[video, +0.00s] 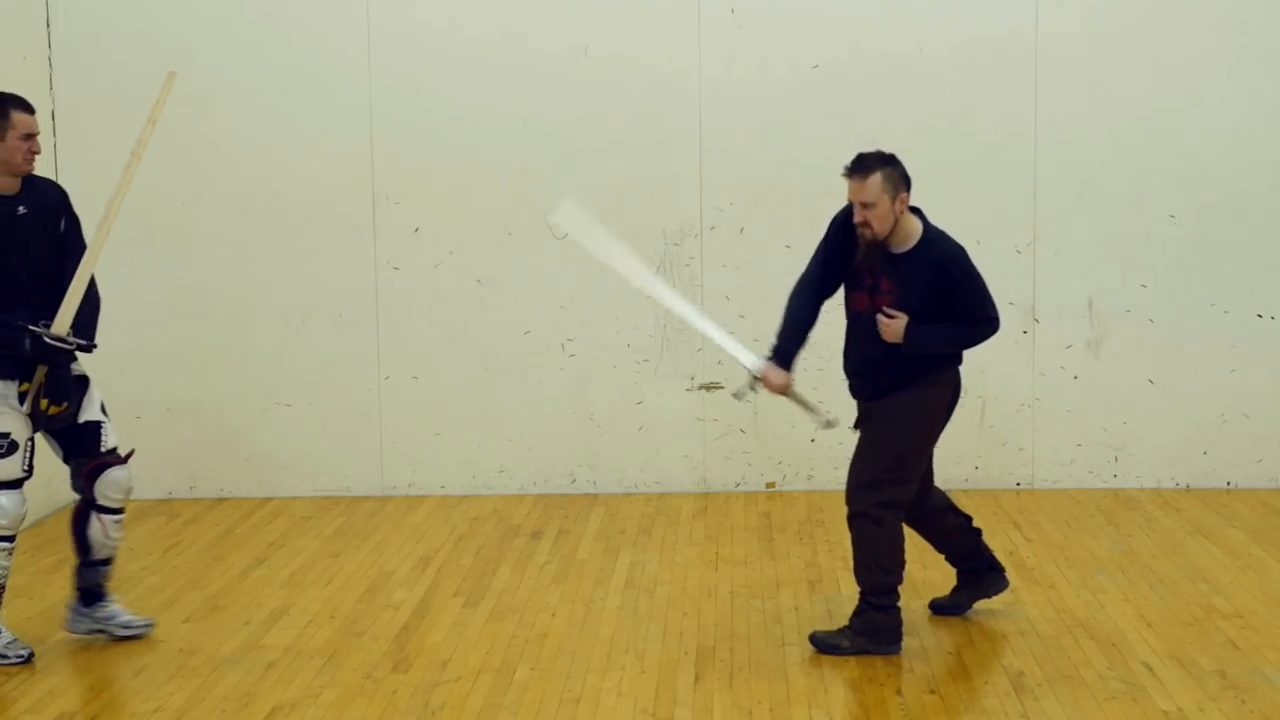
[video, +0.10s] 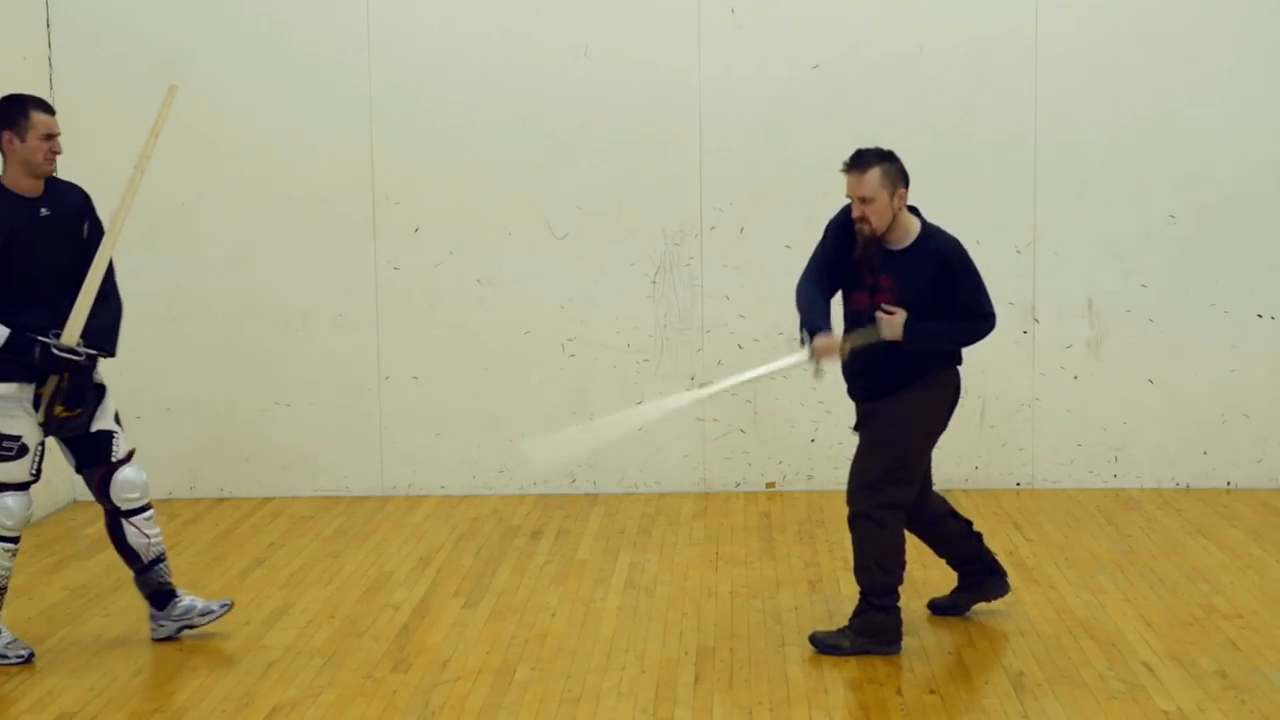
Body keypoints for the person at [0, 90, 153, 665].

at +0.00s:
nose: (35, 147)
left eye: (36, 138)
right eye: (24, 138)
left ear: (34, 142)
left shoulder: (48, 197)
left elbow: (81, 284)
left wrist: (66, 356)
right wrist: (29, 348)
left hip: (53, 365)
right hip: (3, 375)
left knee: (106, 479)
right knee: (7, 504)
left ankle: (90, 604)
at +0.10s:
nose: (57, 148)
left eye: (58, 138)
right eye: (47, 139)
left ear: (38, 142)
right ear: (11, 142)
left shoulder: (70, 201)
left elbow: (104, 288)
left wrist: (84, 360)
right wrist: (34, 354)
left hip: (71, 371)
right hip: (9, 379)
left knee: (125, 484)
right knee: (10, 506)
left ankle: (164, 605)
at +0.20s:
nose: (80, 148)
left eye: (81, 138)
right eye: (69, 138)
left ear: (76, 143)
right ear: (32, 142)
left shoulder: (98, 206)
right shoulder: (6, 212)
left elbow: (130, 289)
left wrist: (124, 357)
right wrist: (48, 350)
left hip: (101, 375)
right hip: (28, 381)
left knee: (148, 488)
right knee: (19, 508)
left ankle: (179, 611)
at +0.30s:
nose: (99, 143)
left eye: (100, 134)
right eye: (89, 134)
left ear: (85, 139)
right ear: (52, 136)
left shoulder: (112, 205)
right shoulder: (19, 211)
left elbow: (146, 284)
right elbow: (4, 314)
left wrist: (166, 355)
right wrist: (69, 350)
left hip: (124, 374)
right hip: (54, 379)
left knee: (166, 489)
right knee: (41, 507)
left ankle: (181, 611)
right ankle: (1, 619)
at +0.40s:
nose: (110, 141)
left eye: (111, 132)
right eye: (101, 132)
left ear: (85, 135)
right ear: (64, 133)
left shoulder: (121, 205)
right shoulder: (26, 209)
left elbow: (156, 286)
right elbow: (8, 310)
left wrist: (199, 347)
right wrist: (77, 344)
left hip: (132, 373)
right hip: (60, 378)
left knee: (169, 489)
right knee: (51, 508)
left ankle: (181, 611)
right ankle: (21, 622)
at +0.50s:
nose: (114, 142)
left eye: (114, 133)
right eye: (104, 132)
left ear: (85, 136)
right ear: (68, 134)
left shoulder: (122, 207)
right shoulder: (28, 210)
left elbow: (158, 290)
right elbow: (8, 310)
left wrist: (212, 343)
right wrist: (76, 348)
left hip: (133, 372)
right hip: (61, 376)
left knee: (170, 489)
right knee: (42, 503)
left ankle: (181, 611)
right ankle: (19, 622)